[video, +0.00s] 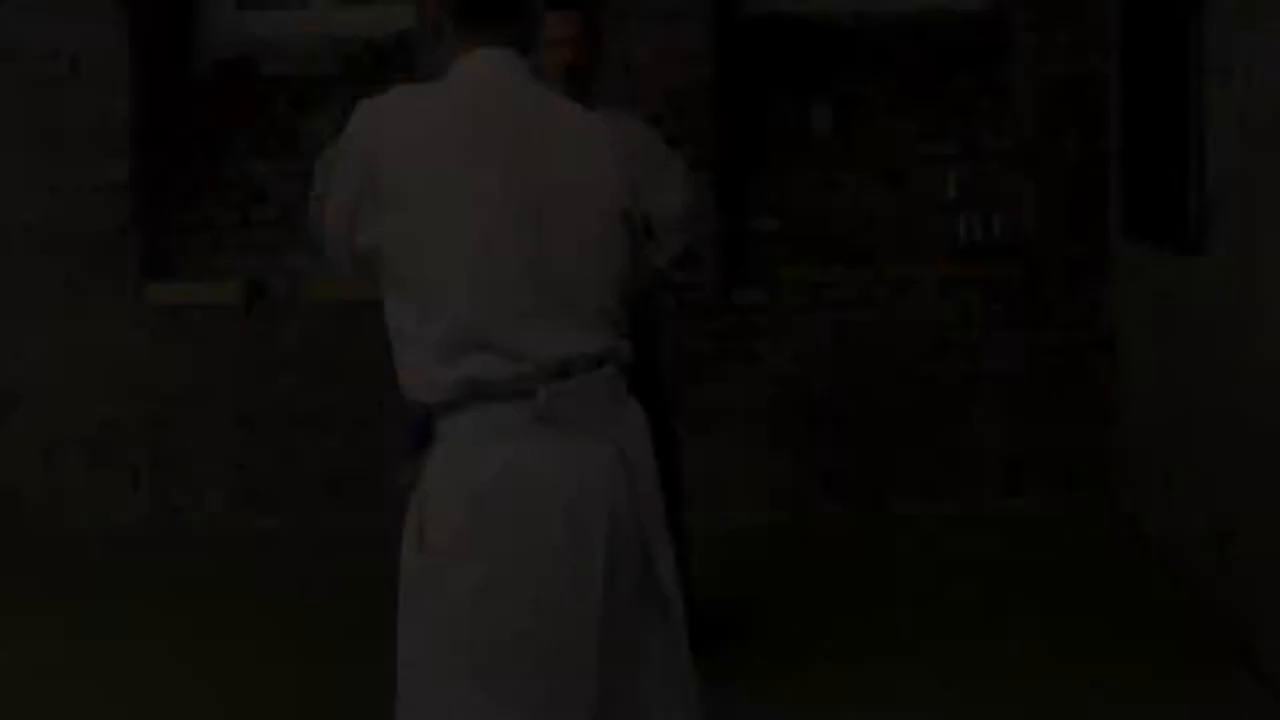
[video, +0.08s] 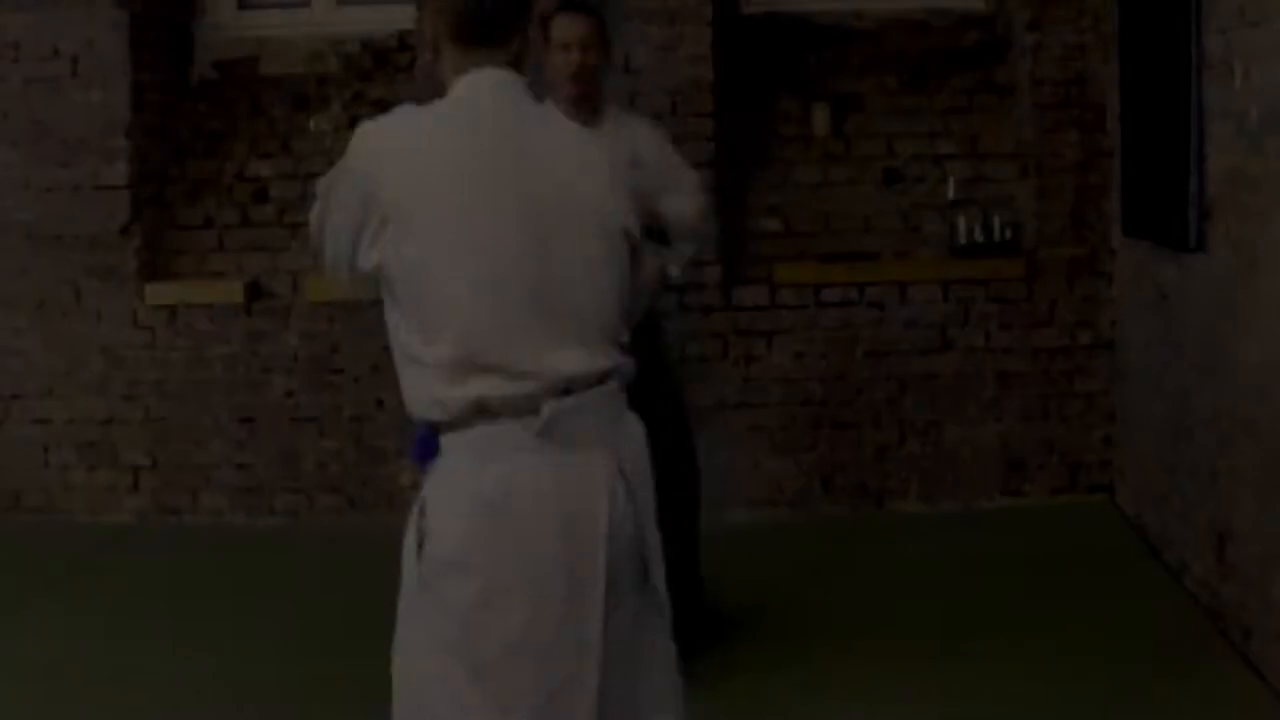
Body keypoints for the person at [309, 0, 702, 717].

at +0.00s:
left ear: (434, 23)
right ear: (534, 25)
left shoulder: (386, 129)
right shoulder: (601, 139)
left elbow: (333, 238)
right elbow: (684, 231)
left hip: (469, 464)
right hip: (600, 458)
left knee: (464, 686)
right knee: (614, 678)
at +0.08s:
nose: (570, 54)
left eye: (420, 32)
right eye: (558, 38)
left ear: (430, 42)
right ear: (525, 37)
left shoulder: (388, 147)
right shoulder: (590, 151)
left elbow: (336, 252)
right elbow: (630, 284)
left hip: (477, 478)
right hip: (606, 467)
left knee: (466, 693)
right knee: (614, 688)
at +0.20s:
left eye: (423, 57)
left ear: (437, 73)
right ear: (532, 71)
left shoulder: (398, 188)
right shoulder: (594, 184)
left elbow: (349, 288)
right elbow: (639, 340)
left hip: (482, 503)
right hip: (607, 494)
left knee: (448, 702)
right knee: (598, 701)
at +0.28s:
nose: (440, 94)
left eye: (444, 83)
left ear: (453, 98)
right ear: (538, 96)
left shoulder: (412, 206)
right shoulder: (595, 210)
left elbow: (361, 294)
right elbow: (650, 361)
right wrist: (578, 409)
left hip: (497, 509)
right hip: (614, 497)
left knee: (444, 704)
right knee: (590, 697)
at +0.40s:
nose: (469, 100)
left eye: (474, 91)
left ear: (476, 102)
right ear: (557, 99)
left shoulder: (445, 201)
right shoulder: (614, 207)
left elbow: (390, 290)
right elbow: (656, 340)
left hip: (520, 475)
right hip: (621, 465)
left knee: (481, 682)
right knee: (605, 675)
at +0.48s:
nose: (483, 121)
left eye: (485, 110)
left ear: (490, 119)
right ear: (568, 108)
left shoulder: (482, 210)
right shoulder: (624, 203)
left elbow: (412, 285)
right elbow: (707, 277)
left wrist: (446, 217)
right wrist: (615, 284)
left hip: (542, 466)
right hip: (632, 452)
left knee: (497, 671)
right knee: (604, 661)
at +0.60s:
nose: (482, 128)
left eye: (483, 117)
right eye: (486, 116)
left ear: (494, 126)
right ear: (569, 114)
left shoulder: (504, 210)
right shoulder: (618, 182)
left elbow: (449, 299)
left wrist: (459, 234)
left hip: (579, 453)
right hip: (658, 441)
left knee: (486, 670)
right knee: (611, 663)